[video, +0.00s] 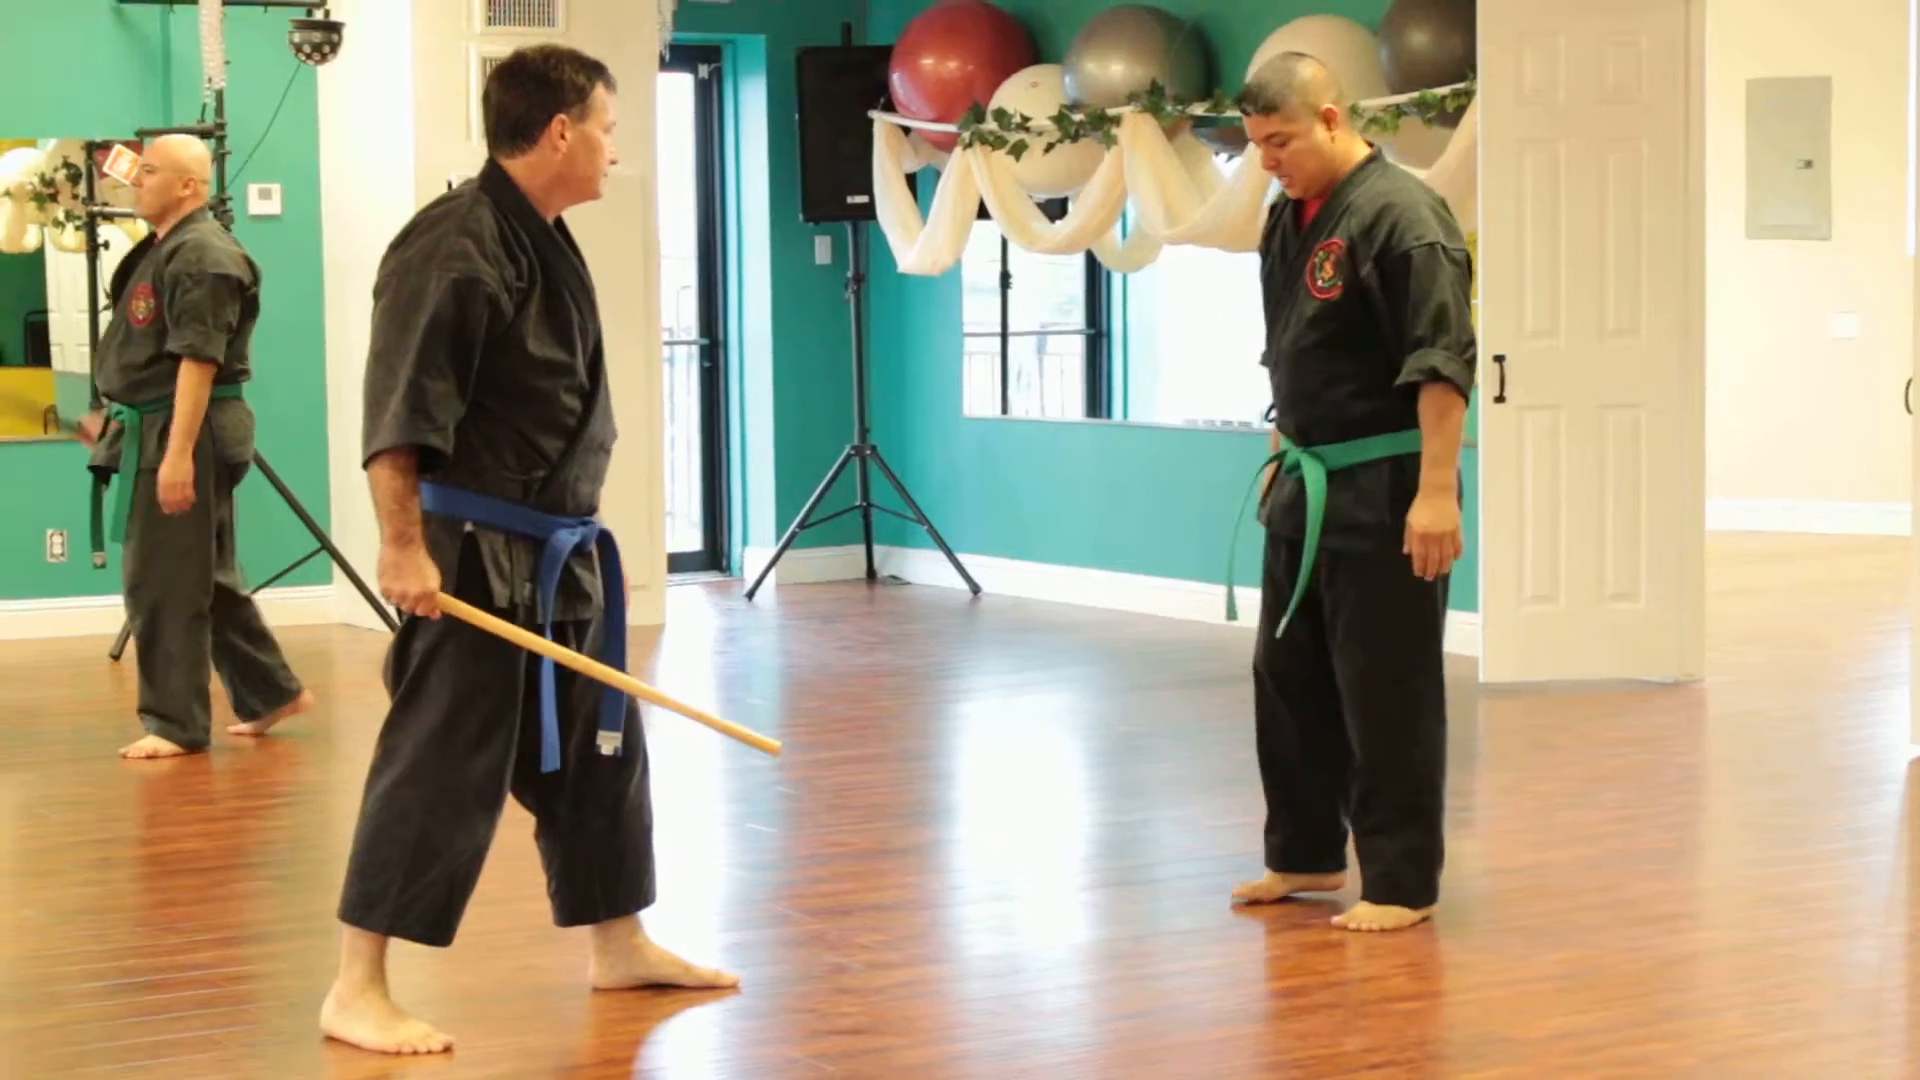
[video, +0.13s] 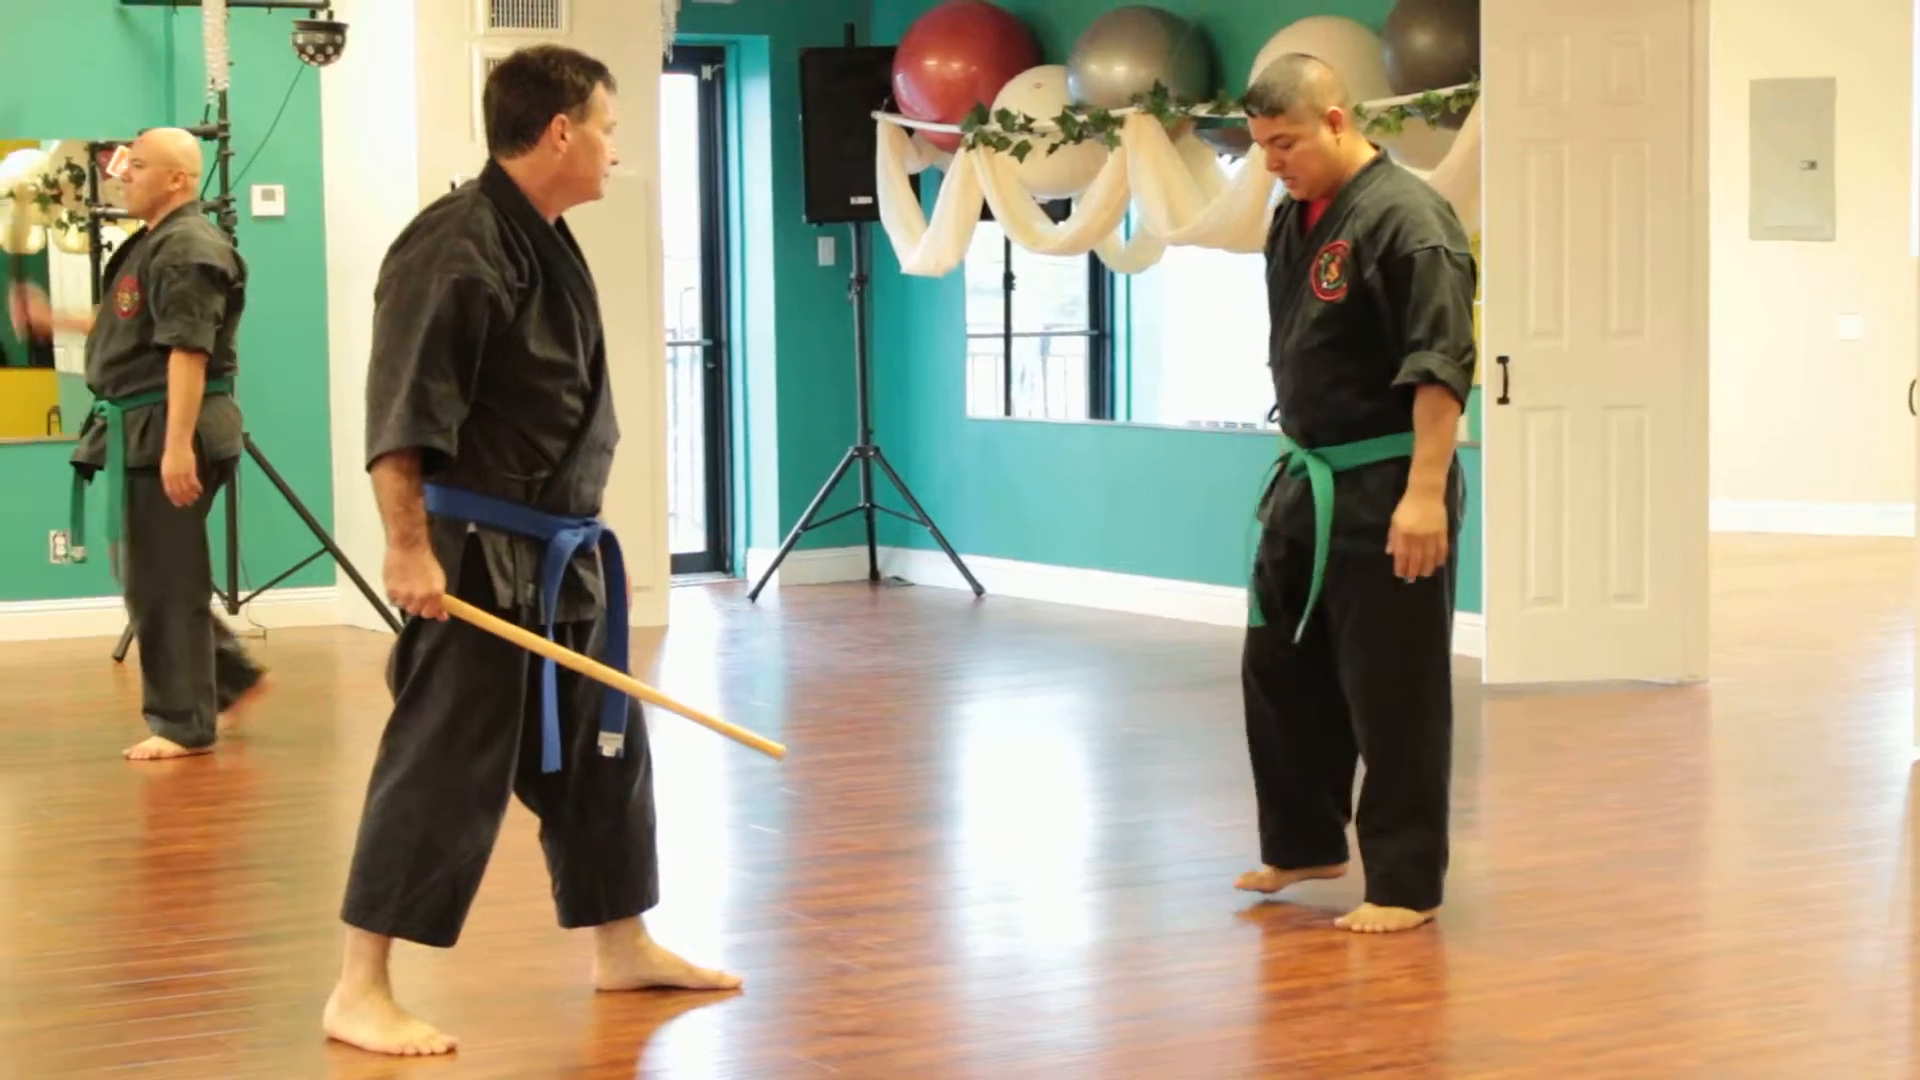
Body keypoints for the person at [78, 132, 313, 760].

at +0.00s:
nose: (134, 181)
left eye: (147, 172)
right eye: (137, 171)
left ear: (184, 185)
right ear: (173, 185)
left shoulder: (203, 254)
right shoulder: (167, 247)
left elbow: (199, 362)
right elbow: (144, 342)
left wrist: (180, 452)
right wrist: (111, 408)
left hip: (190, 428)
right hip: (170, 423)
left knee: (164, 576)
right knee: (200, 570)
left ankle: (178, 725)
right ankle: (271, 690)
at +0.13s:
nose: (120, 173)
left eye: (135, 166)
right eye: (125, 164)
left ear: (174, 181)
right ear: (163, 181)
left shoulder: (189, 247)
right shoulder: (152, 242)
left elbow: (188, 352)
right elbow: (123, 324)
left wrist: (180, 444)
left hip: (171, 431)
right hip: (144, 425)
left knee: (163, 574)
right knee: (144, 570)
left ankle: (183, 725)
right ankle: (232, 673)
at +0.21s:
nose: (114, 169)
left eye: (128, 162)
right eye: (117, 159)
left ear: (168, 178)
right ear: (152, 178)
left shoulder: (180, 244)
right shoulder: (141, 237)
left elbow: (179, 347)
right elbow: (98, 288)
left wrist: (166, 438)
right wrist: (44, 236)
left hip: (164, 430)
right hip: (132, 425)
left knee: (164, 574)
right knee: (116, 565)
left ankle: (186, 726)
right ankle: (176, 706)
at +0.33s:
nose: (97, 177)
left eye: (109, 167)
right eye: (100, 166)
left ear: (151, 177)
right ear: (140, 177)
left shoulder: (168, 245)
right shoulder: (115, 234)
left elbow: (161, 349)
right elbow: (62, 222)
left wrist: (134, 434)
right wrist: (60, 150)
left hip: (160, 424)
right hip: (109, 423)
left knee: (163, 579)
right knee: (93, 572)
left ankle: (190, 727)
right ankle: (92, 718)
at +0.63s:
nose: (41, 182)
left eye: (54, 173)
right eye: (44, 172)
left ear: (95, 185)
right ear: (77, 185)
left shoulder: (127, 257)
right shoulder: (31, 248)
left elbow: (118, 364)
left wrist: (68, 449)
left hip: (117, 437)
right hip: (48, 437)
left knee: (151, 587)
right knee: (31, 594)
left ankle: (191, 727)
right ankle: (11, 730)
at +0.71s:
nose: (24, 182)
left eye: (38, 172)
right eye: (27, 171)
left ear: (82, 185)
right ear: (62, 185)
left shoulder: (119, 260)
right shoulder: (21, 253)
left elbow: (116, 366)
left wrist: (75, 453)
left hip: (111, 437)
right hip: (38, 437)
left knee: (144, 588)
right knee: (28, 590)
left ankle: (192, 725)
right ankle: (17, 730)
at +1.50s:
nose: (62, 197)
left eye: (73, 188)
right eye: (64, 187)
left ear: (113, 198)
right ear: (109, 199)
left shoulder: (136, 263)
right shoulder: (109, 258)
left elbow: (137, 378)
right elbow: (118, 370)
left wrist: (102, 468)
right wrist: (100, 447)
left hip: (163, 433)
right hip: (129, 428)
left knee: (150, 580)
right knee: (93, 575)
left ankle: (160, 732)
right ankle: (95, 718)